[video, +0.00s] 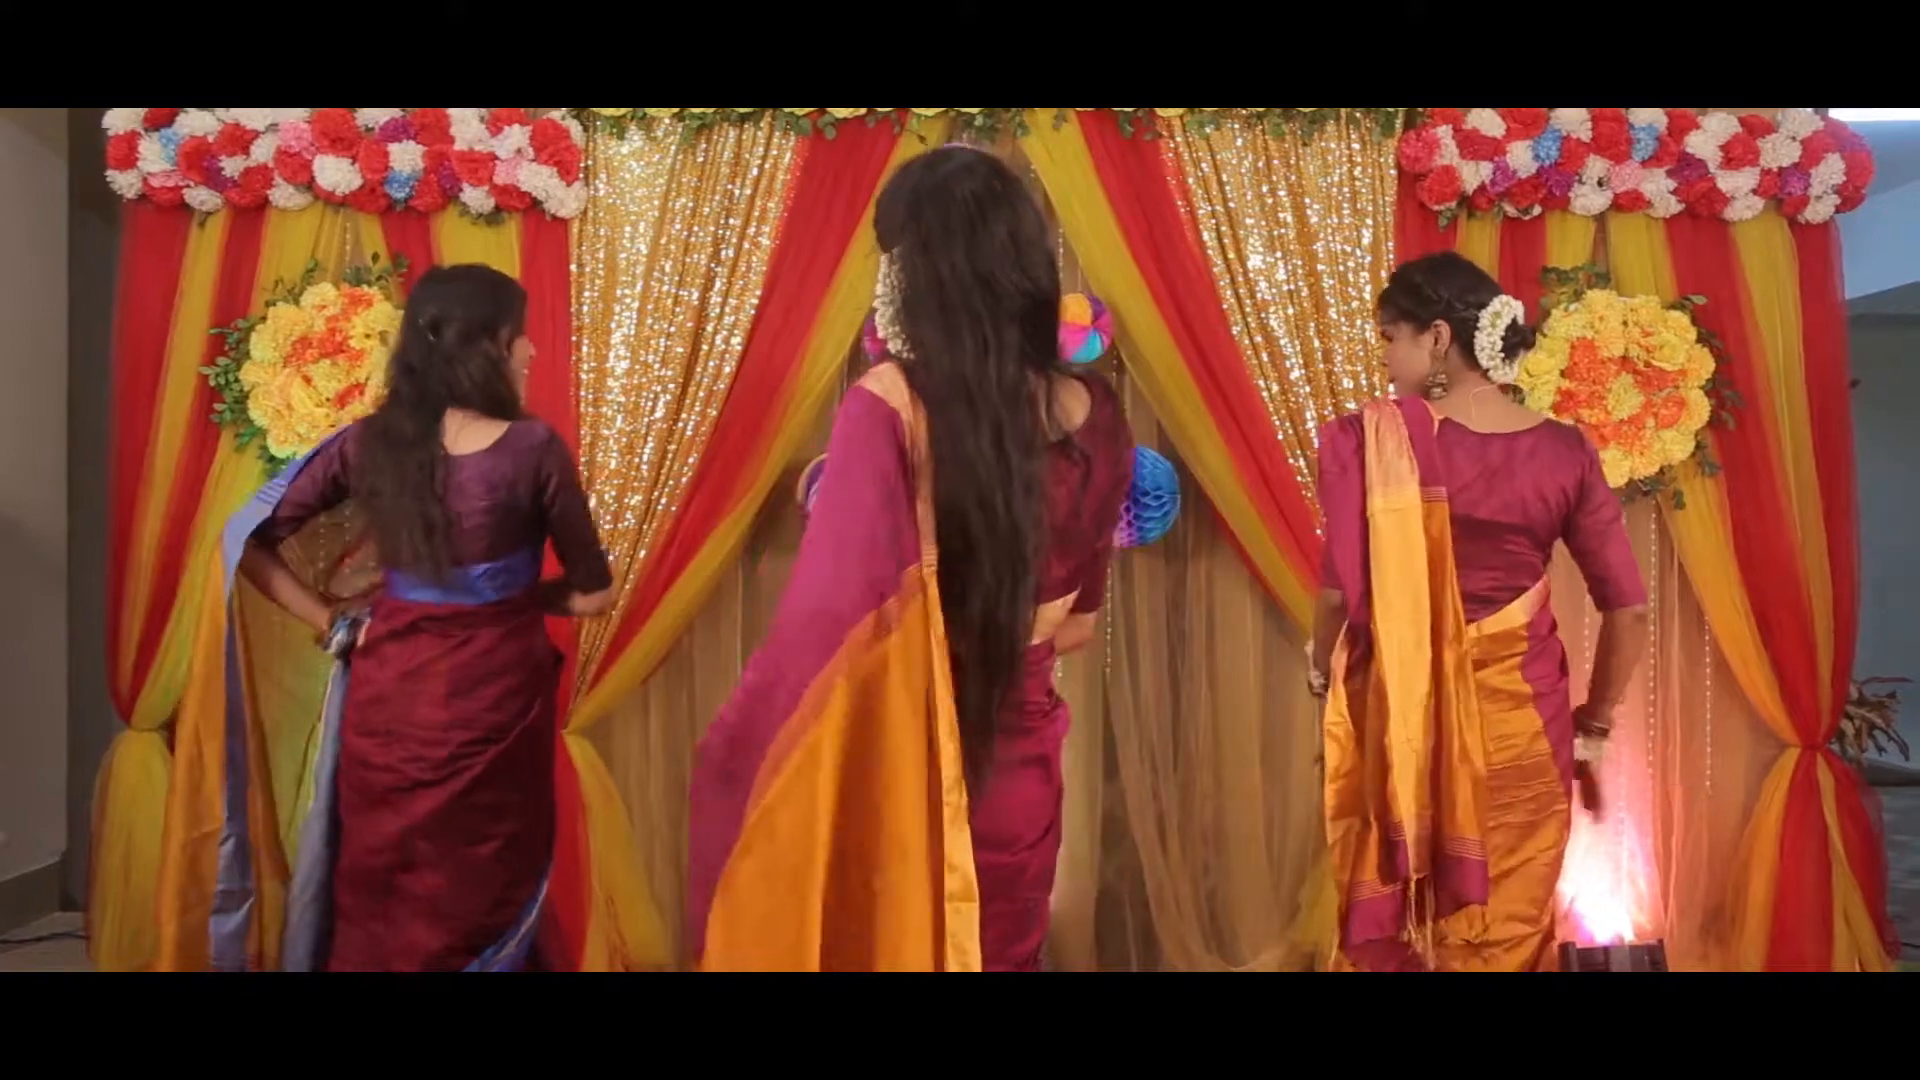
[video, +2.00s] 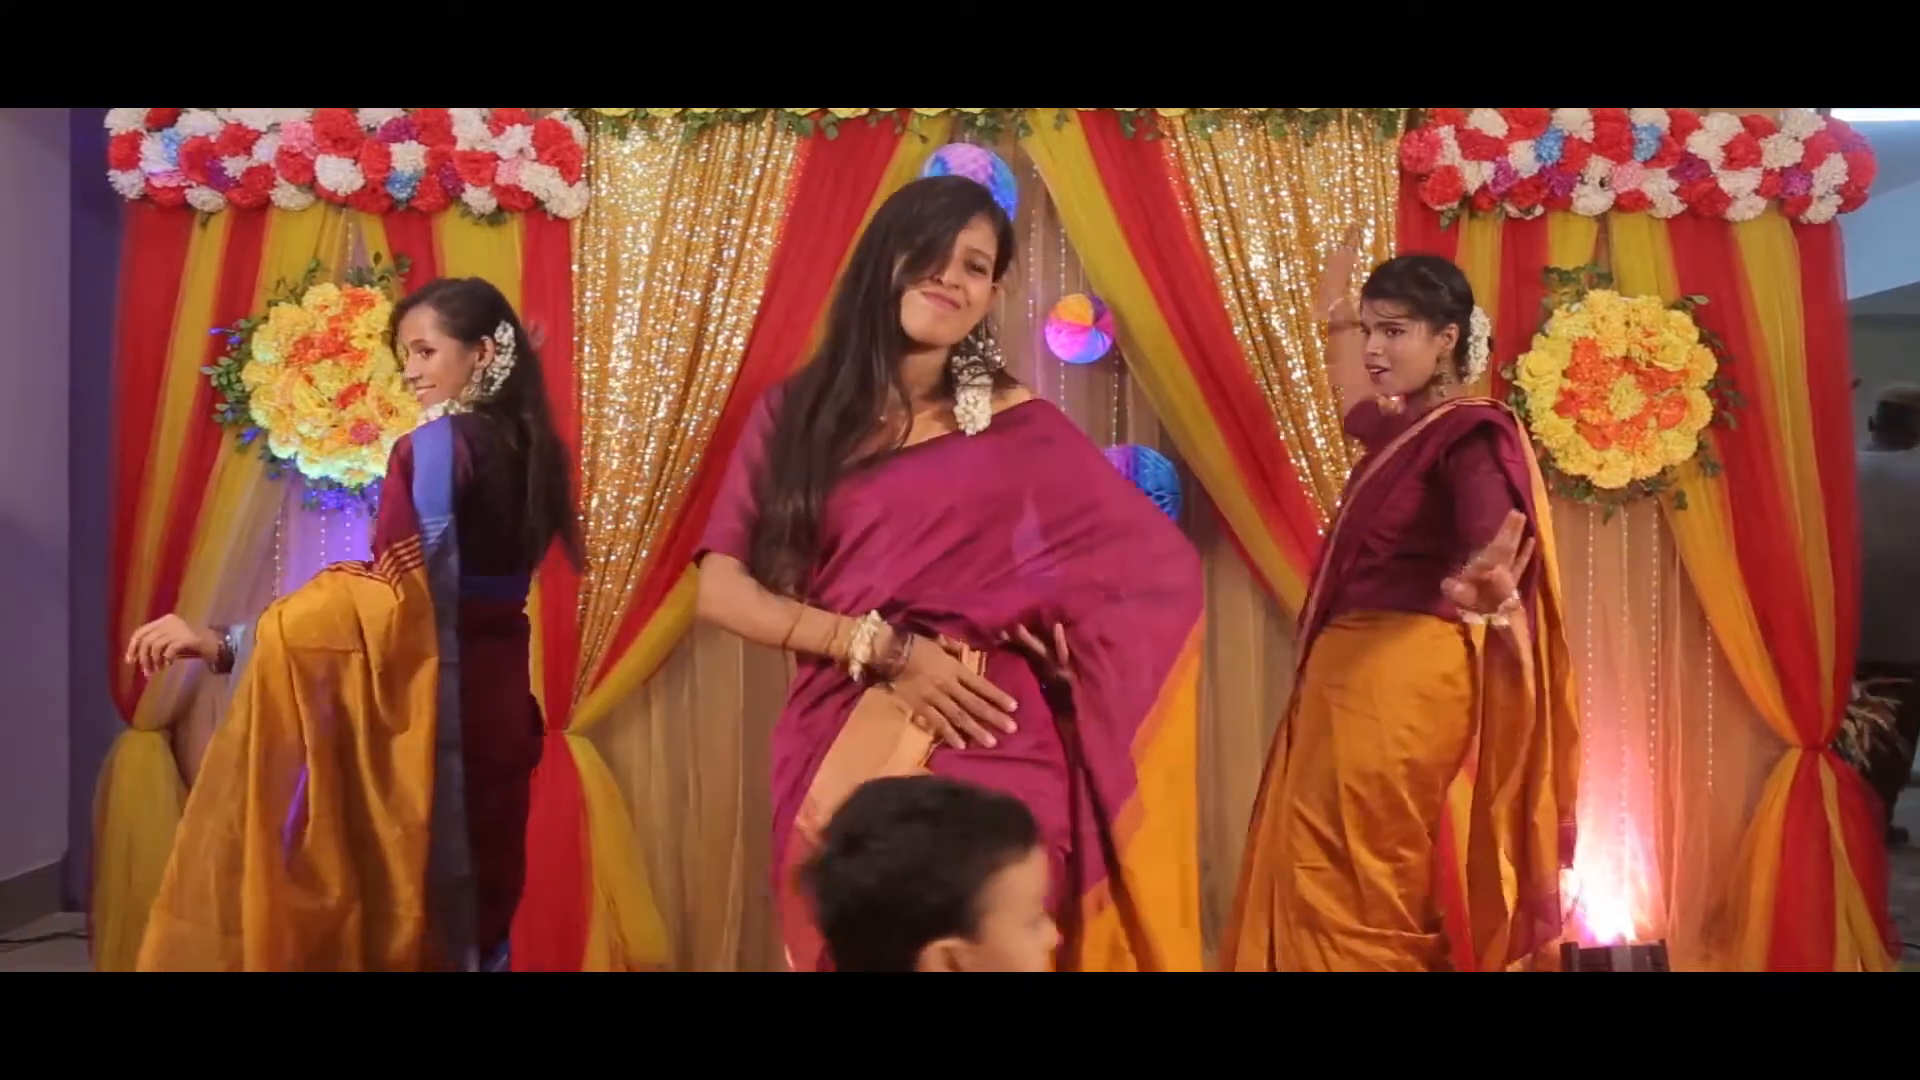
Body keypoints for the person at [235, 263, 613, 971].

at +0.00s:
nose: (531, 356)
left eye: (528, 339)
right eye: (523, 340)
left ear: (427, 345)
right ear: (486, 348)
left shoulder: (371, 440)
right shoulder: (533, 447)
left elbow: (250, 540)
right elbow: (593, 591)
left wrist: (325, 615)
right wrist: (509, 588)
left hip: (389, 681)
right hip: (495, 687)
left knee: (375, 879)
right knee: (486, 879)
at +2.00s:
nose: (410, 371)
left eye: (425, 350)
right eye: (406, 355)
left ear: (489, 351)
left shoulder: (434, 445)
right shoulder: (531, 446)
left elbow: (400, 605)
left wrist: (225, 644)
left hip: (440, 707)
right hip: (503, 702)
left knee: (421, 905)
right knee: (484, 910)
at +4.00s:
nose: (468, 366)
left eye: (486, 352)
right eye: (447, 351)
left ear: (504, 373)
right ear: (414, 377)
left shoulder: (548, 467)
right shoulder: (400, 497)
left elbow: (650, 564)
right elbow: (356, 639)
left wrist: (539, 639)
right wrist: (454, 623)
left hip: (524, 748)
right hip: (422, 759)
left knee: (533, 936)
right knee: (427, 934)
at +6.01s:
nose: (487, 351)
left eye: (504, 338)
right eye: (467, 334)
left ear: (518, 356)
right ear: (428, 349)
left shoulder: (547, 438)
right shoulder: (392, 457)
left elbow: (655, 536)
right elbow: (354, 602)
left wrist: (549, 597)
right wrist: (464, 592)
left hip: (555, 702)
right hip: (450, 715)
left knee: (561, 911)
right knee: (460, 912)